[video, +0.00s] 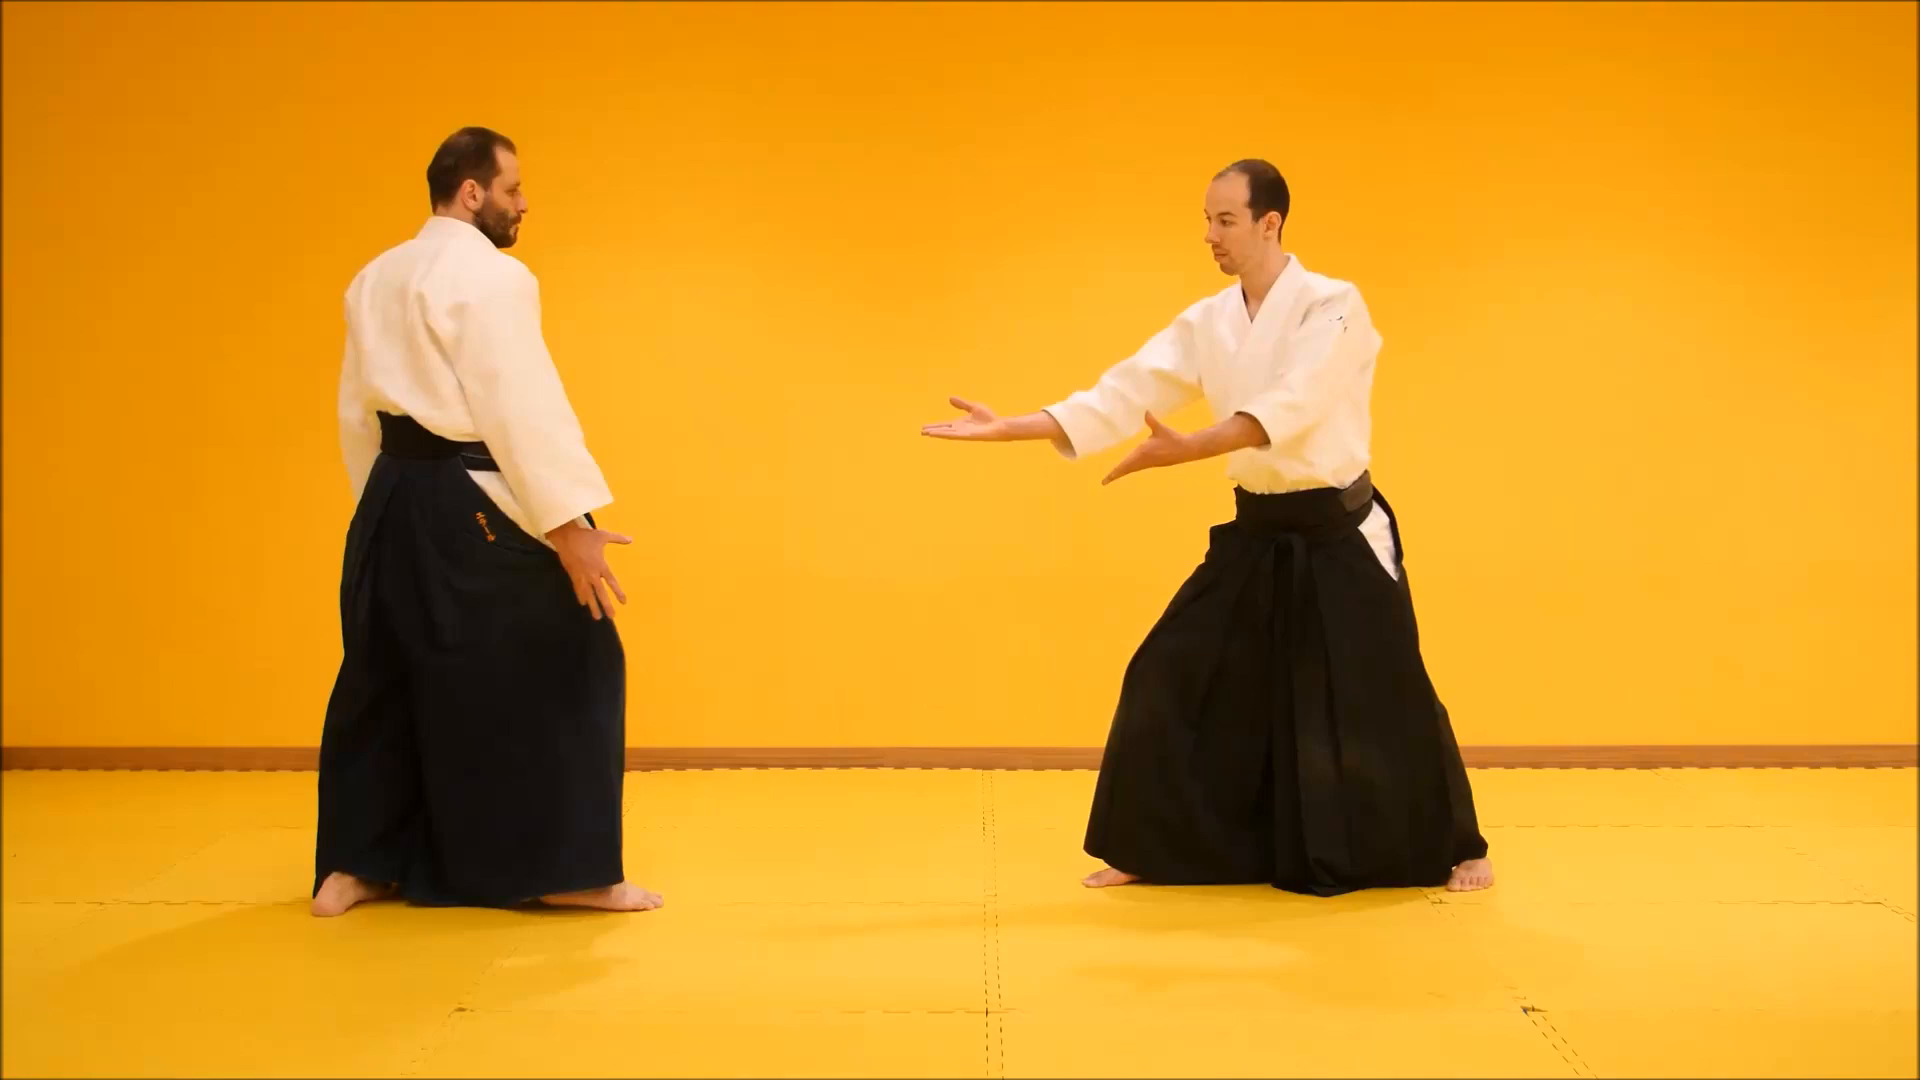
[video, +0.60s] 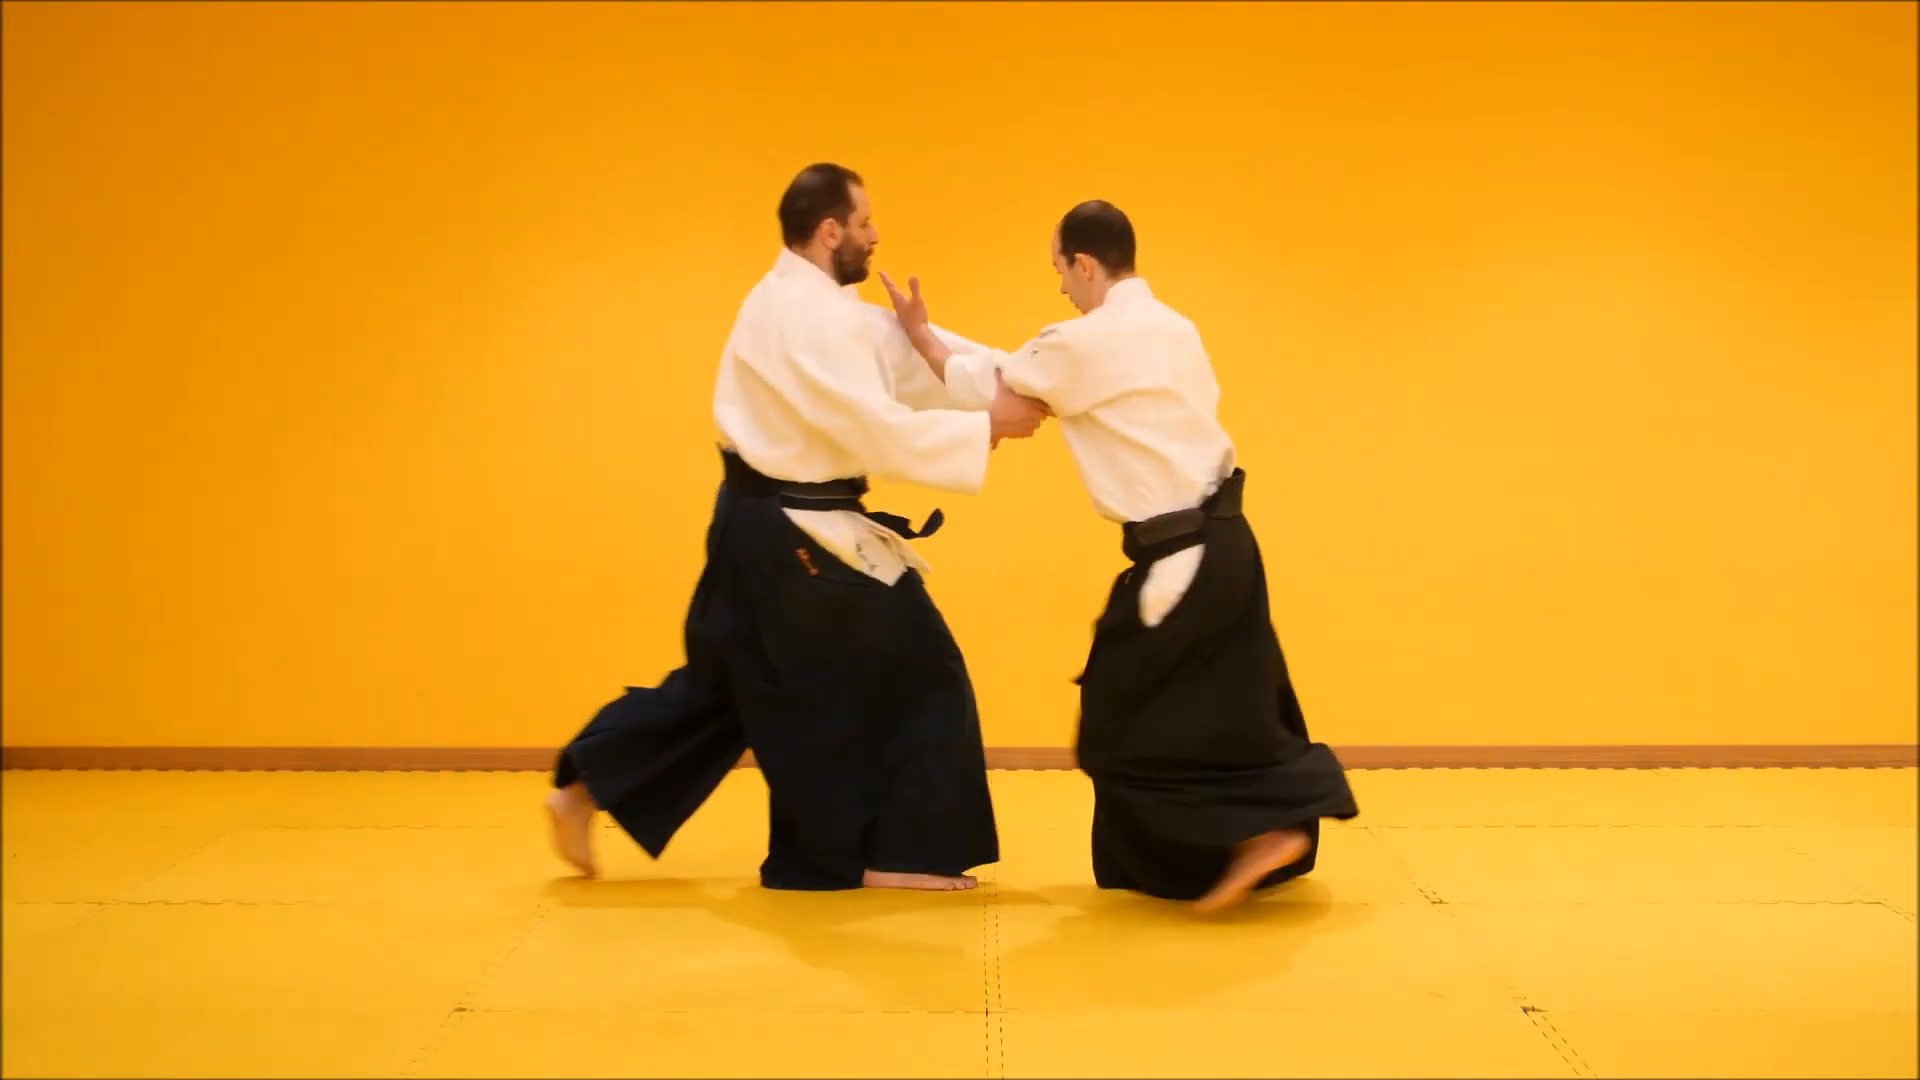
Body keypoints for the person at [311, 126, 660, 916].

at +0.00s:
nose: (523, 205)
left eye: (522, 191)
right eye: (513, 191)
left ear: (453, 193)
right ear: (472, 191)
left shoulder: (375, 278)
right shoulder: (487, 277)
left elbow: (357, 416)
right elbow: (522, 410)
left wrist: (382, 505)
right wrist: (569, 529)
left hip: (394, 502)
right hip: (482, 504)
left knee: (382, 679)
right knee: (585, 655)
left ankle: (351, 866)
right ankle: (575, 867)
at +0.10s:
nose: (540, 217)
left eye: (539, 203)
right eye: (529, 203)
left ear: (470, 206)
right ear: (488, 203)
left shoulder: (400, 292)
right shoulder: (506, 284)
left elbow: (391, 423)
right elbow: (545, 404)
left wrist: (416, 503)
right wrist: (605, 511)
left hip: (420, 509)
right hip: (509, 510)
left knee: (403, 682)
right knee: (632, 657)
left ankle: (356, 864)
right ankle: (620, 857)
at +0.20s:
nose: (578, 240)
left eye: (576, 225)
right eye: (568, 226)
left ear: (509, 232)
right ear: (525, 227)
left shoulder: (446, 309)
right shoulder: (536, 299)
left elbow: (456, 432)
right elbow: (581, 407)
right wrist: (669, 480)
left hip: (455, 525)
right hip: (538, 528)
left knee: (434, 692)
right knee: (681, 659)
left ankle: (359, 861)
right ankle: (712, 851)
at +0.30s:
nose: (641, 265)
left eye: (639, 249)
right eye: (631, 249)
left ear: (577, 254)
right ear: (586, 254)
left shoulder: (524, 319)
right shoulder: (593, 320)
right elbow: (648, 414)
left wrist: (726, 475)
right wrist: (765, 450)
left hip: (503, 541)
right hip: (579, 549)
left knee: (465, 703)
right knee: (725, 671)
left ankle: (356, 861)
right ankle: (826, 837)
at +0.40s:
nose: (724, 268)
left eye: (722, 253)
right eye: (714, 254)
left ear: (659, 261)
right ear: (671, 258)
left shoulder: (625, 323)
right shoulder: (655, 332)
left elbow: (740, 414)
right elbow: (744, 410)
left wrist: (859, 423)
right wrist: (879, 427)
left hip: (590, 545)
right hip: (644, 553)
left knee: (520, 700)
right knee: (801, 674)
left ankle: (367, 837)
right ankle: (878, 851)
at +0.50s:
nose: (812, 254)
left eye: (807, 240)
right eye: (801, 241)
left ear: (752, 253)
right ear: (760, 252)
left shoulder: (755, 320)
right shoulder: (733, 325)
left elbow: (866, 369)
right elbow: (821, 420)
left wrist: (975, 394)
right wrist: (959, 423)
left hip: (694, 534)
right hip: (727, 541)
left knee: (607, 690)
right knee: (880, 662)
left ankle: (438, 793)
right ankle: (892, 852)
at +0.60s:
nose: (874, 236)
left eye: (871, 221)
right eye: (865, 222)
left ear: (814, 232)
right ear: (829, 230)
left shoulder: (793, 298)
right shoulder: (808, 313)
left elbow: (922, 354)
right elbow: (871, 427)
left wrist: (1008, 380)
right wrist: (984, 424)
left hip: (762, 515)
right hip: (803, 523)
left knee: (730, 681)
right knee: (927, 668)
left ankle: (586, 780)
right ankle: (904, 855)